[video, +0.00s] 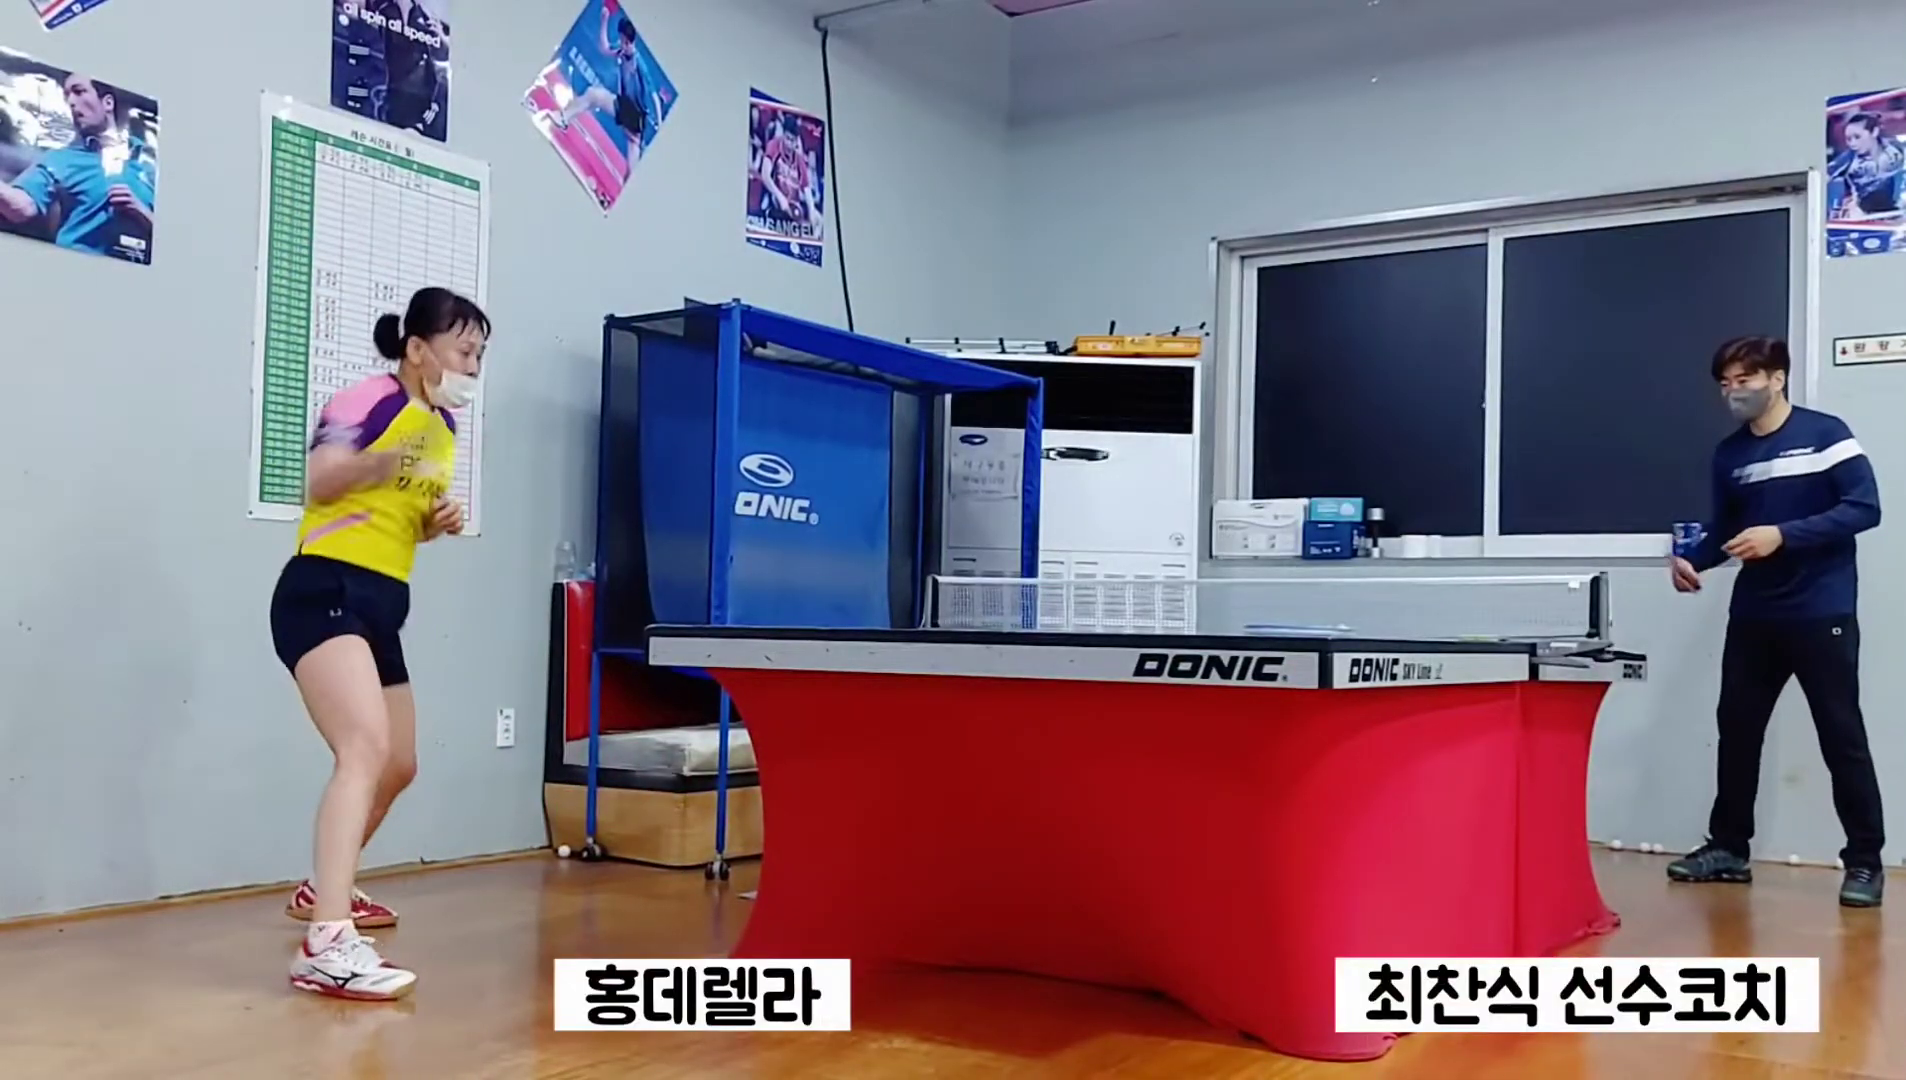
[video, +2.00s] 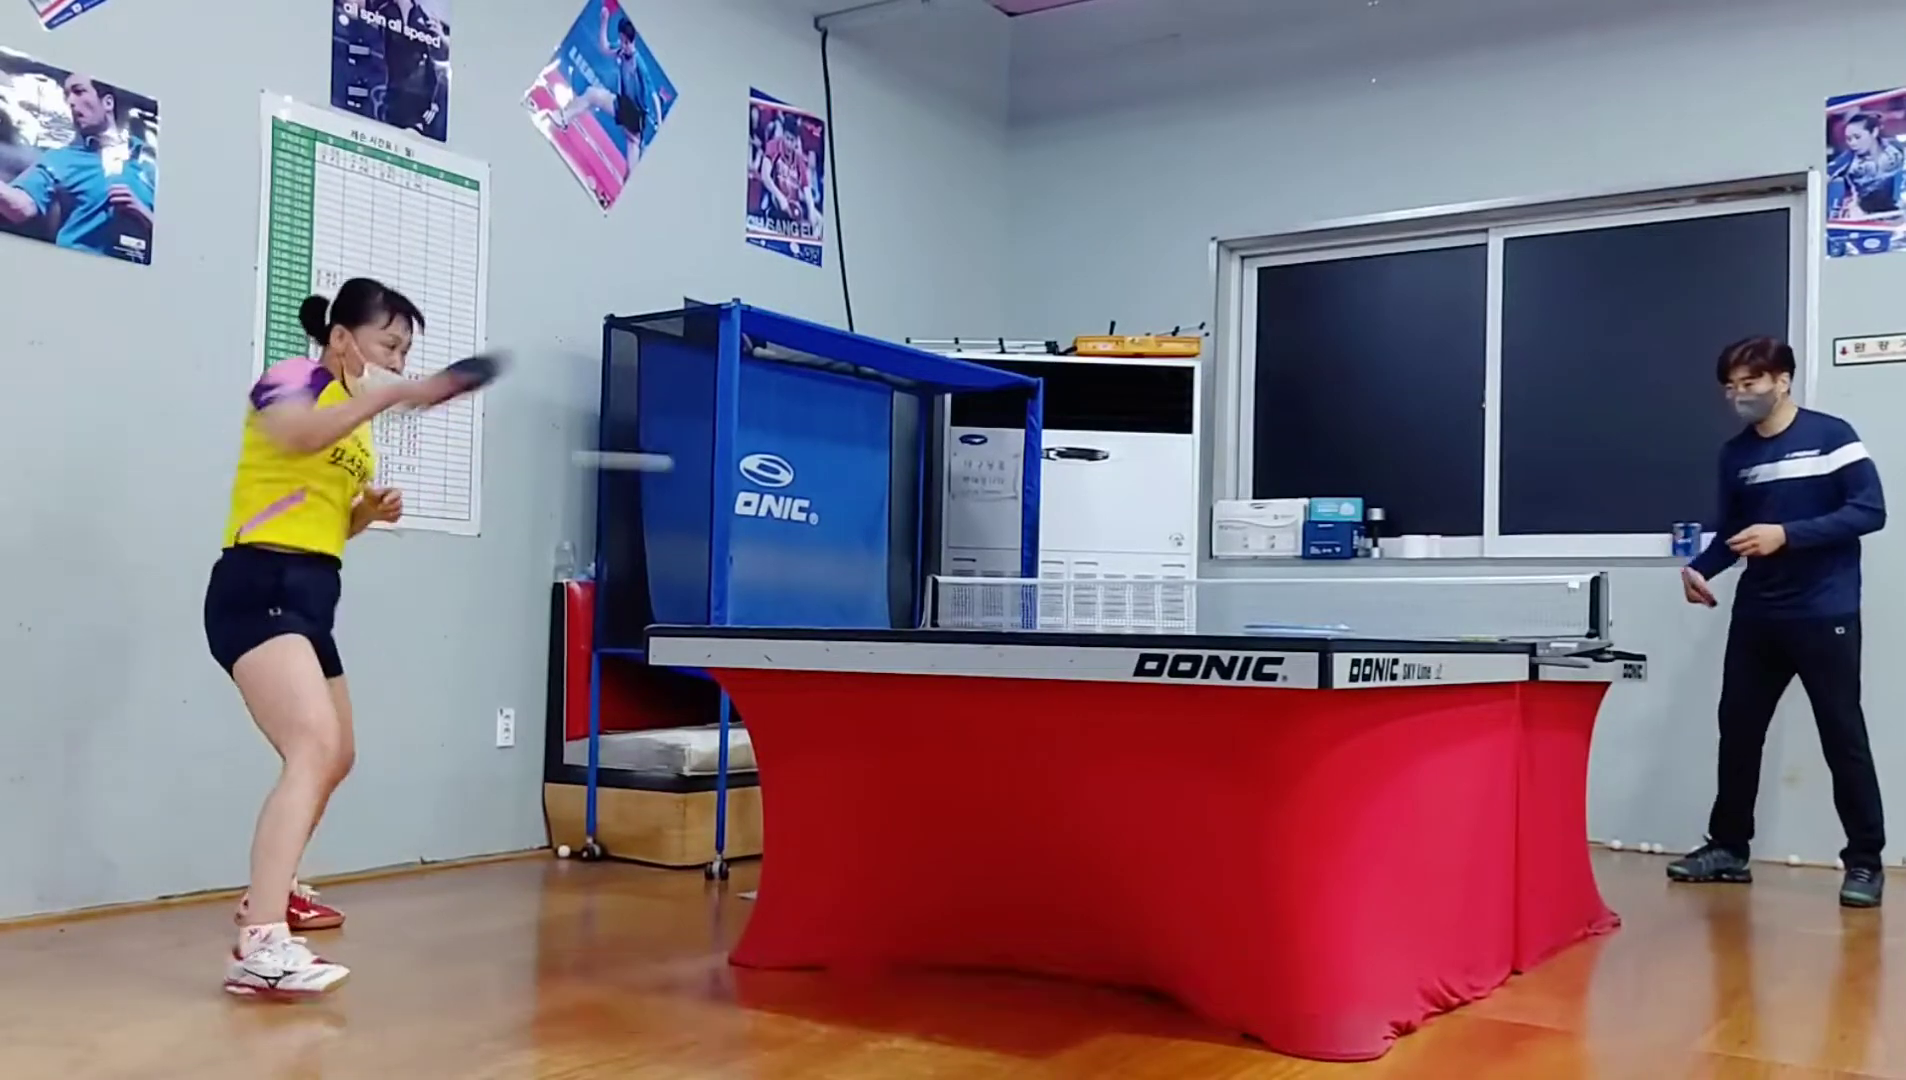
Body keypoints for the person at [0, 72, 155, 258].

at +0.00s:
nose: (71, 101)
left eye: (79, 91)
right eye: (67, 96)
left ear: (108, 103)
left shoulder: (149, 161)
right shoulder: (61, 159)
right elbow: (21, 207)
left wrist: (142, 213)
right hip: (75, 262)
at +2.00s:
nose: (70, 101)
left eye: (79, 91)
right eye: (67, 96)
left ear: (108, 102)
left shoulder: (150, 162)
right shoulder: (60, 159)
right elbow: (20, 208)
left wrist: (143, 213)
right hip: (74, 263)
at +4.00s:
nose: (70, 101)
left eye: (79, 91)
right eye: (67, 95)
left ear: (108, 103)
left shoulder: (149, 162)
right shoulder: (60, 159)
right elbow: (20, 207)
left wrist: (143, 212)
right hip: (75, 262)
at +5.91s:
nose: (71, 101)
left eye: (79, 91)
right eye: (67, 96)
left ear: (108, 103)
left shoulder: (149, 164)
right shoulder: (60, 158)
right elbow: (20, 207)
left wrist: (142, 212)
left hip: (134, 270)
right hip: (74, 261)